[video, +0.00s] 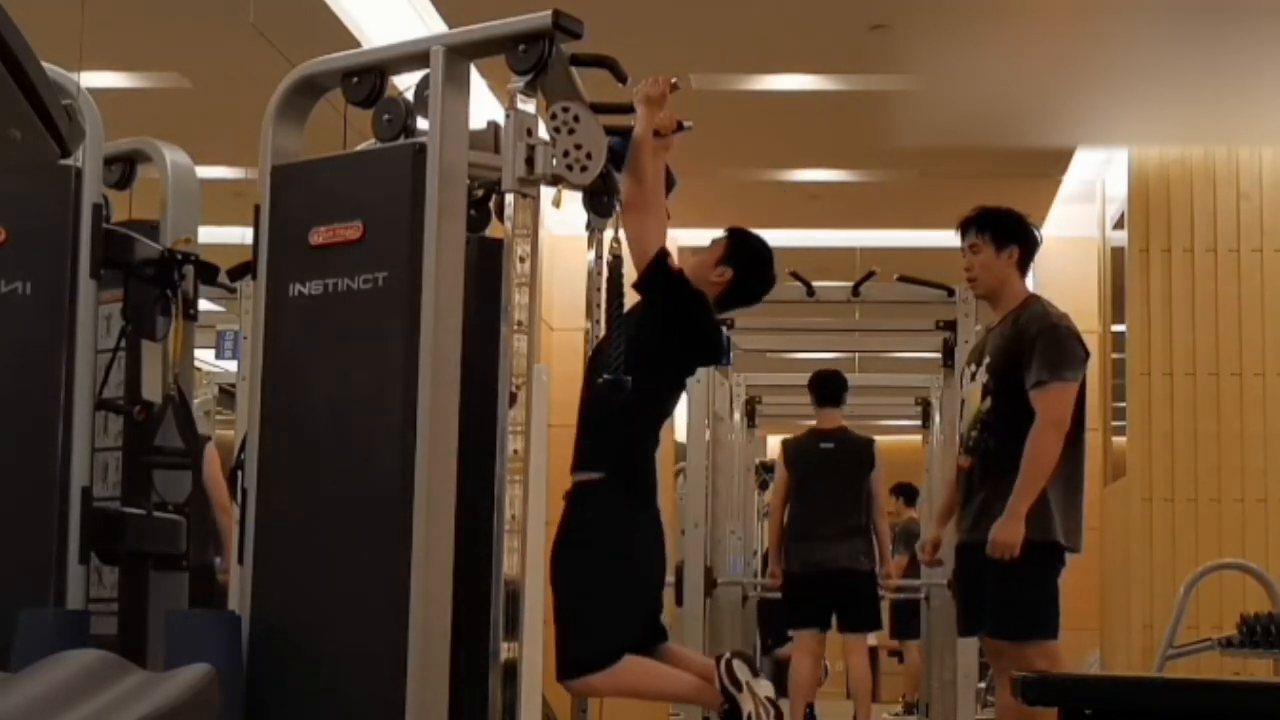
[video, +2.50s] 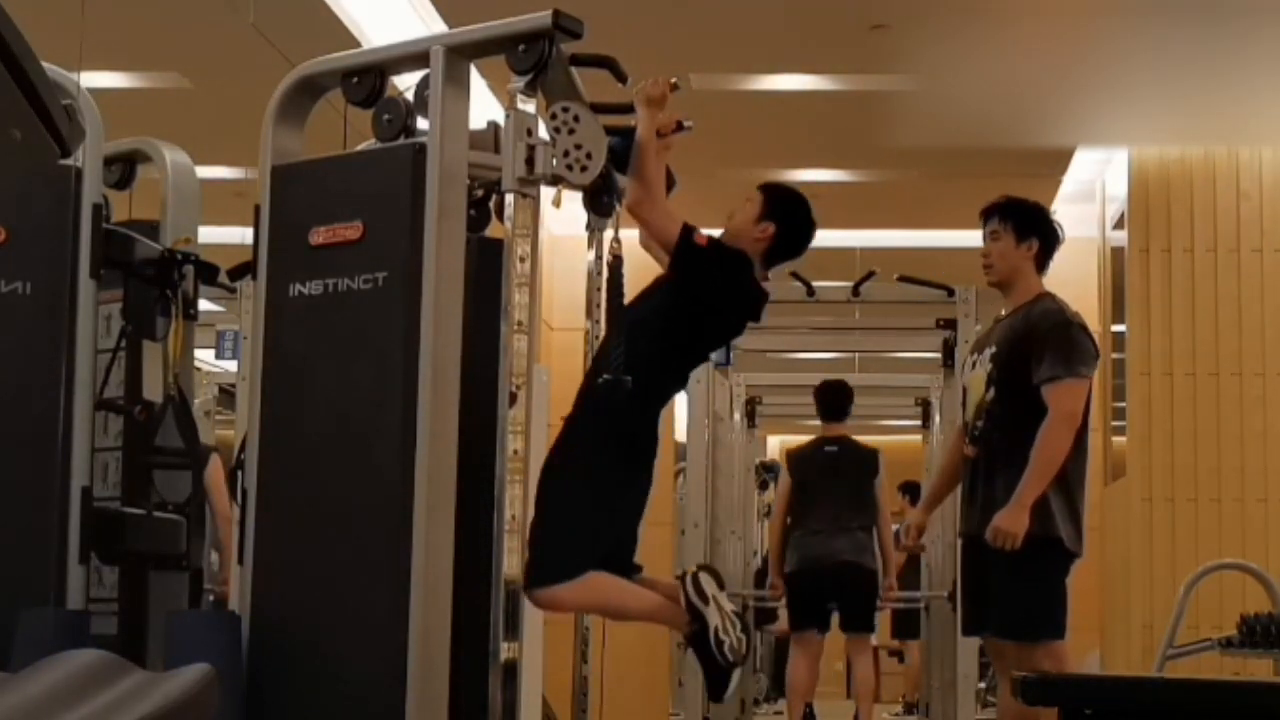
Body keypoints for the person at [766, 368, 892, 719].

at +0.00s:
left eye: (815, 396)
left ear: (811, 399)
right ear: (845, 398)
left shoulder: (791, 448)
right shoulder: (866, 447)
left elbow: (777, 508)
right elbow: (879, 510)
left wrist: (773, 558)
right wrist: (887, 559)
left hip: (806, 566)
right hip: (853, 565)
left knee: (805, 649)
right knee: (857, 650)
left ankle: (796, 715)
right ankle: (863, 714)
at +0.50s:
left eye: (814, 398)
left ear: (811, 400)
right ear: (844, 399)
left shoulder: (790, 448)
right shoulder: (866, 447)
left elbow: (776, 508)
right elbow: (879, 511)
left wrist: (773, 558)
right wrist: (886, 560)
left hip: (805, 566)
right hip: (854, 564)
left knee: (805, 648)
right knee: (857, 649)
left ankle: (798, 716)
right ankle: (863, 715)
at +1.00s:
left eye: (817, 420)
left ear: (812, 425)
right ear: (845, 425)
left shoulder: (791, 469)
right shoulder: (866, 469)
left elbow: (777, 529)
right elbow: (878, 532)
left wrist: (773, 578)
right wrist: (887, 583)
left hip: (806, 573)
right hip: (855, 572)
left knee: (802, 649)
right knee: (862, 649)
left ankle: (797, 715)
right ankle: (864, 715)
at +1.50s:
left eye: (817, 467)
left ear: (814, 471)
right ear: (847, 471)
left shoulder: (794, 509)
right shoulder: (868, 508)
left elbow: (780, 570)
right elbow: (881, 571)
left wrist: (781, 622)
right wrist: (887, 625)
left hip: (806, 587)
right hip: (858, 586)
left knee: (800, 653)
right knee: (866, 653)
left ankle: (796, 716)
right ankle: (865, 715)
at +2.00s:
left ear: (815, 487)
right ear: (847, 486)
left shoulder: (795, 522)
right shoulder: (868, 521)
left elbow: (781, 584)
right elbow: (882, 582)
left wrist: (776, 640)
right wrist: (886, 638)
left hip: (807, 590)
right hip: (859, 588)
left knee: (797, 653)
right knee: (867, 654)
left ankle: (797, 714)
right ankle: (865, 715)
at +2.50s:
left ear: (817, 409)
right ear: (850, 409)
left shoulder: (794, 457)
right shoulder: (870, 457)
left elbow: (778, 518)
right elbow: (883, 519)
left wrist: (774, 569)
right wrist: (890, 571)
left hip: (807, 566)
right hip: (857, 566)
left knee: (804, 647)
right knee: (860, 647)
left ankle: (797, 715)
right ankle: (864, 714)